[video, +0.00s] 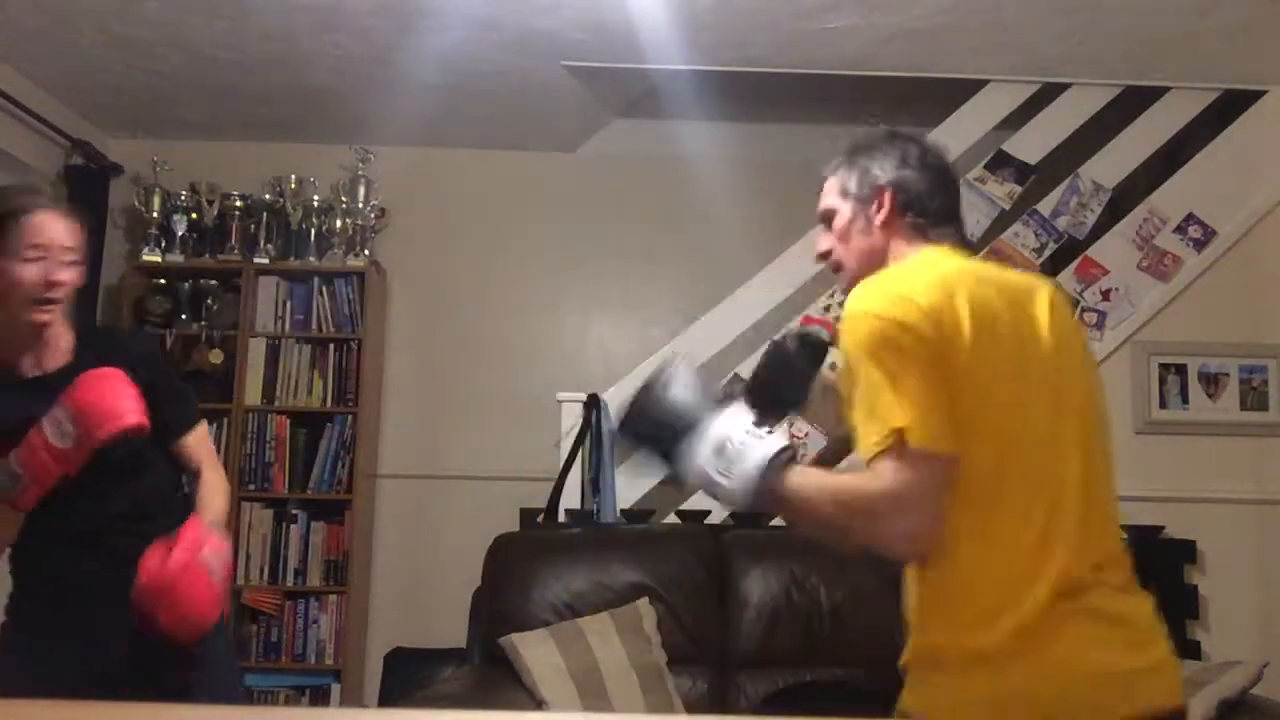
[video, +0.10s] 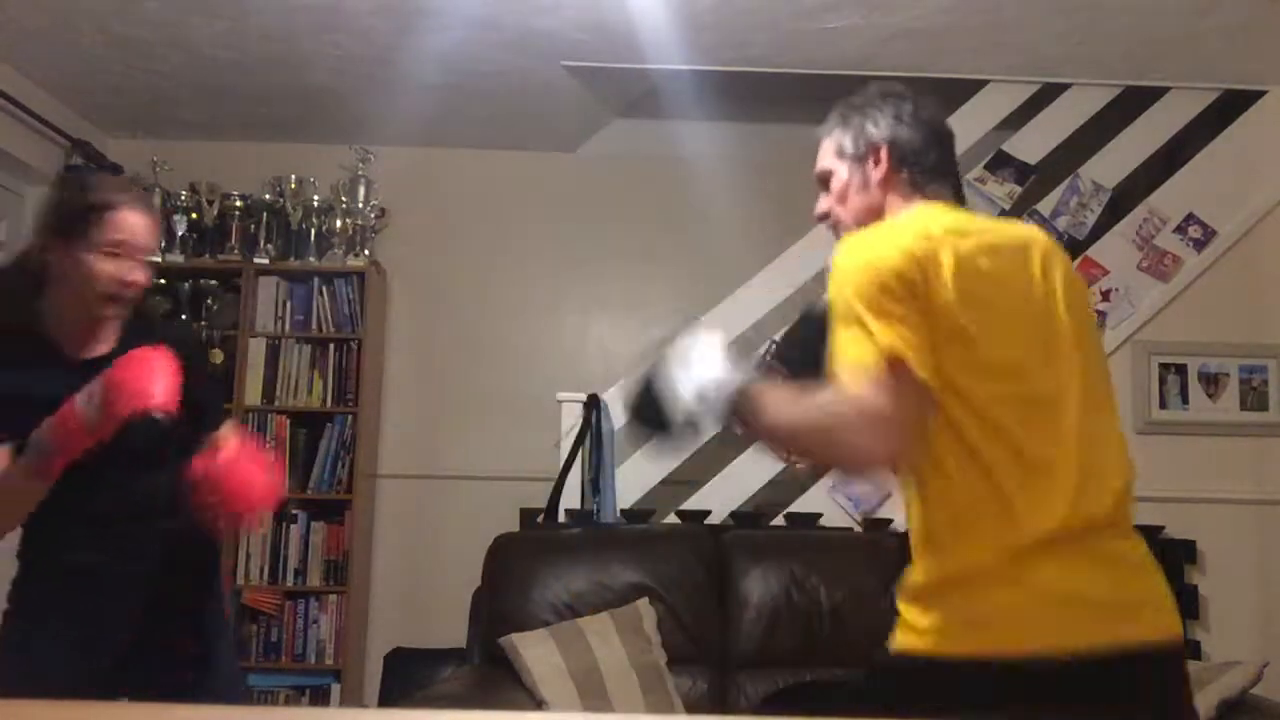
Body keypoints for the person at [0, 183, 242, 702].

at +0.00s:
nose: (54, 276)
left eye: (69, 260)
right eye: (33, 257)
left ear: (84, 270)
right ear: (0, 268)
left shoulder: (129, 359)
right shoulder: (7, 391)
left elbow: (210, 470)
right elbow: (5, 531)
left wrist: (205, 542)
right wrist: (47, 446)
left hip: (170, 616)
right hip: (54, 626)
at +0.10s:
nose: (135, 277)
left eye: (148, 260)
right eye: (115, 254)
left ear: (157, 266)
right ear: (58, 250)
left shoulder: (171, 349)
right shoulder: (15, 353)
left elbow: (215, 444)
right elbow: (6, 510)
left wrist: (236, 475)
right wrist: (83, 420)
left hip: (178, 619)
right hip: (59, 618)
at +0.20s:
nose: (202, 308)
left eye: (216, 294)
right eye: (188, 286)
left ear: (226, 292)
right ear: (133, 269)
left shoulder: (215, 343)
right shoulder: (49, 332)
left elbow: (291, 463)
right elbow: (17, 496)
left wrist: (326, 414)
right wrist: (115, 388)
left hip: (196, 617)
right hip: (79, 614)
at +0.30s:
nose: (230, 329)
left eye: (238, 311)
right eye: (215, 305)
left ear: (242, 300)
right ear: (170, 278)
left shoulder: (238, 342)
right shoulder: (69, 335)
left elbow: (352, 427)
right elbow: (70, 467)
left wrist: (399, 340)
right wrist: (163, 347)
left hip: (198, 623)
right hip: (79, 623)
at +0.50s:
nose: (213, 336)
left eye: (219, 324)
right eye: (205, 318)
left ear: (185, 291)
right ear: (173, 283)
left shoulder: (183, 352)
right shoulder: (60, 340)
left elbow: (277, 465)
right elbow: (182, 439)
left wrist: (348, 395)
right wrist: (234, 305)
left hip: (161, 633)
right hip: (57, 637)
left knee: (221, 709)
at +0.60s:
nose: (246, 335)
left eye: (254, 320)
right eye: (245, 315)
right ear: (213, 288)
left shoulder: (189, 364)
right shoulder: (87, 342)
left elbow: (214, 507)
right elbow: (190, 461)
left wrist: (287, 453)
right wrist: (244, 342)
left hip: (152, 623)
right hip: (55, 628)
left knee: (225, 708)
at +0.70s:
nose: (297, 327)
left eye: (301, 316)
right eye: (291, 309)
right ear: (258, 292)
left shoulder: (209, 381)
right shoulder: (155, 340)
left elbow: (199, 533)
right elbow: (193, 482)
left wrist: (276, 487)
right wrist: (268, 382)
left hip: (143, 618)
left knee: (226, 707)